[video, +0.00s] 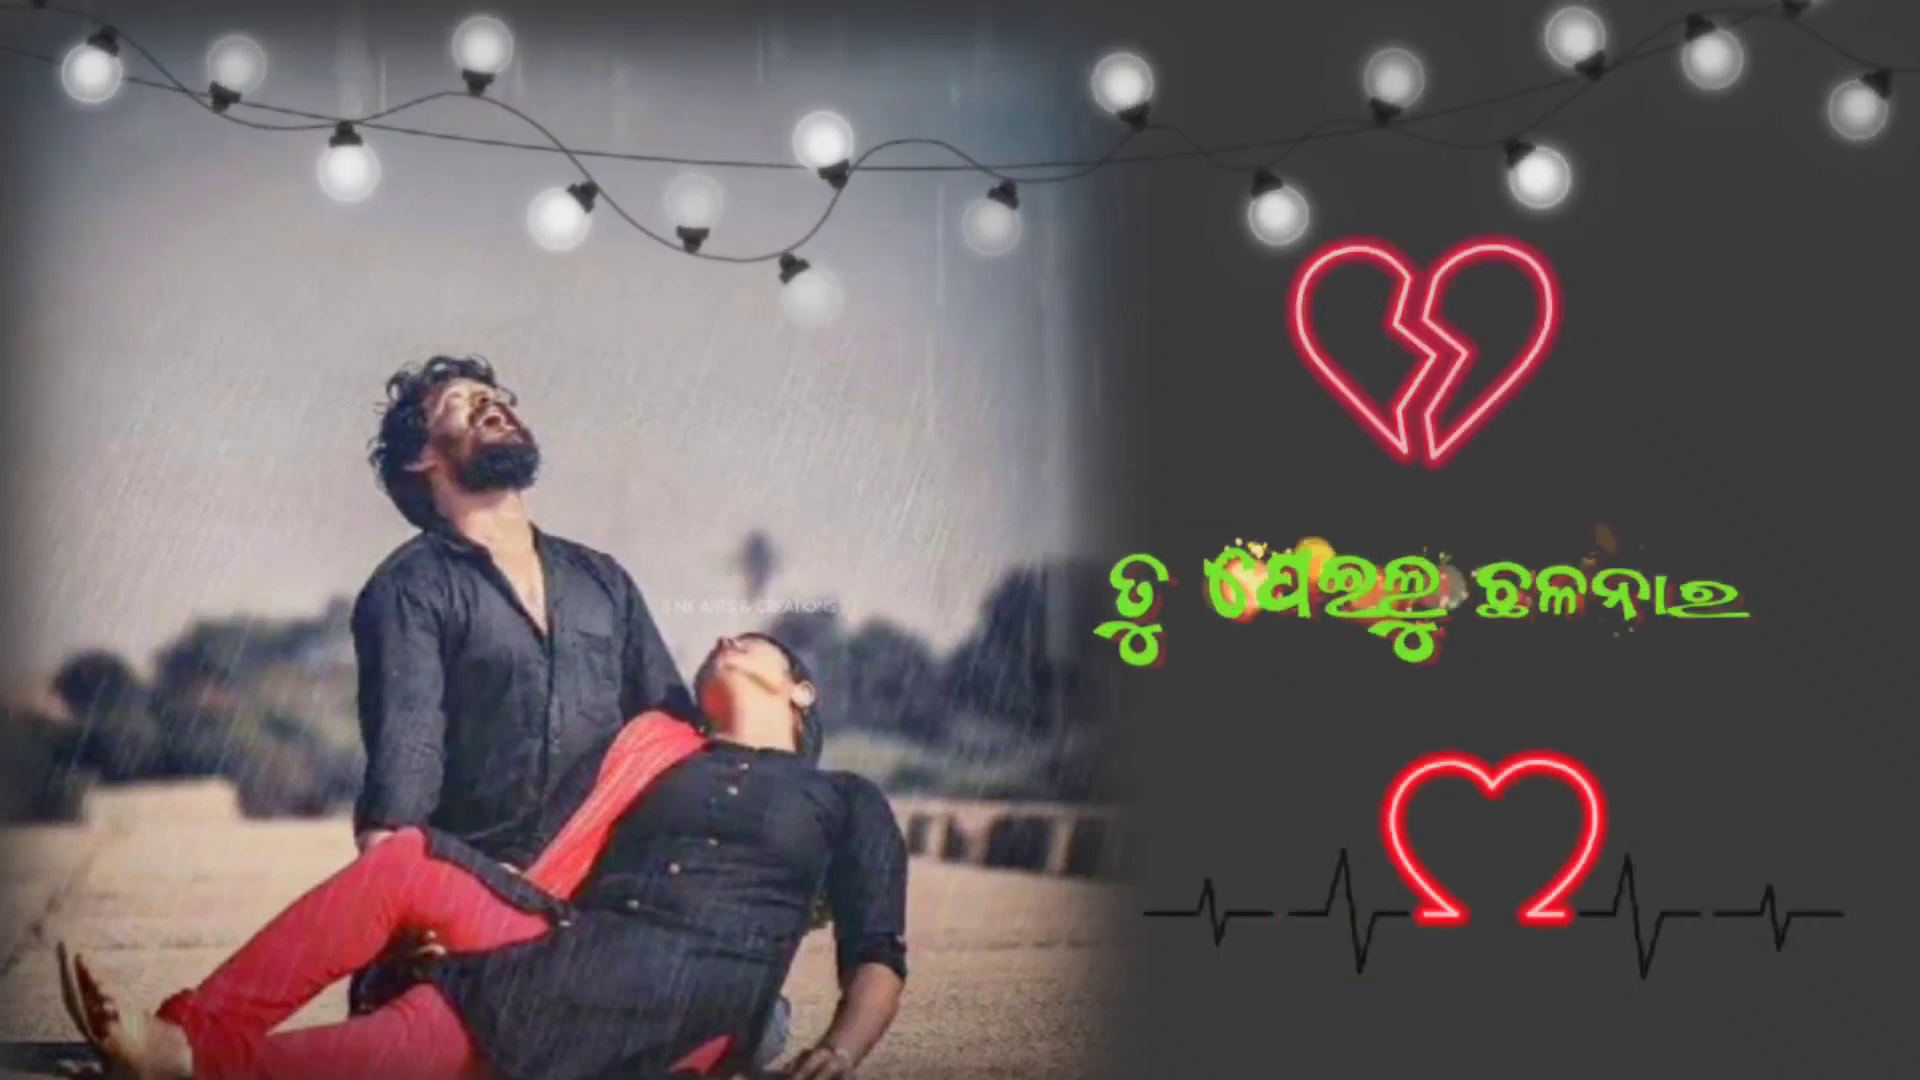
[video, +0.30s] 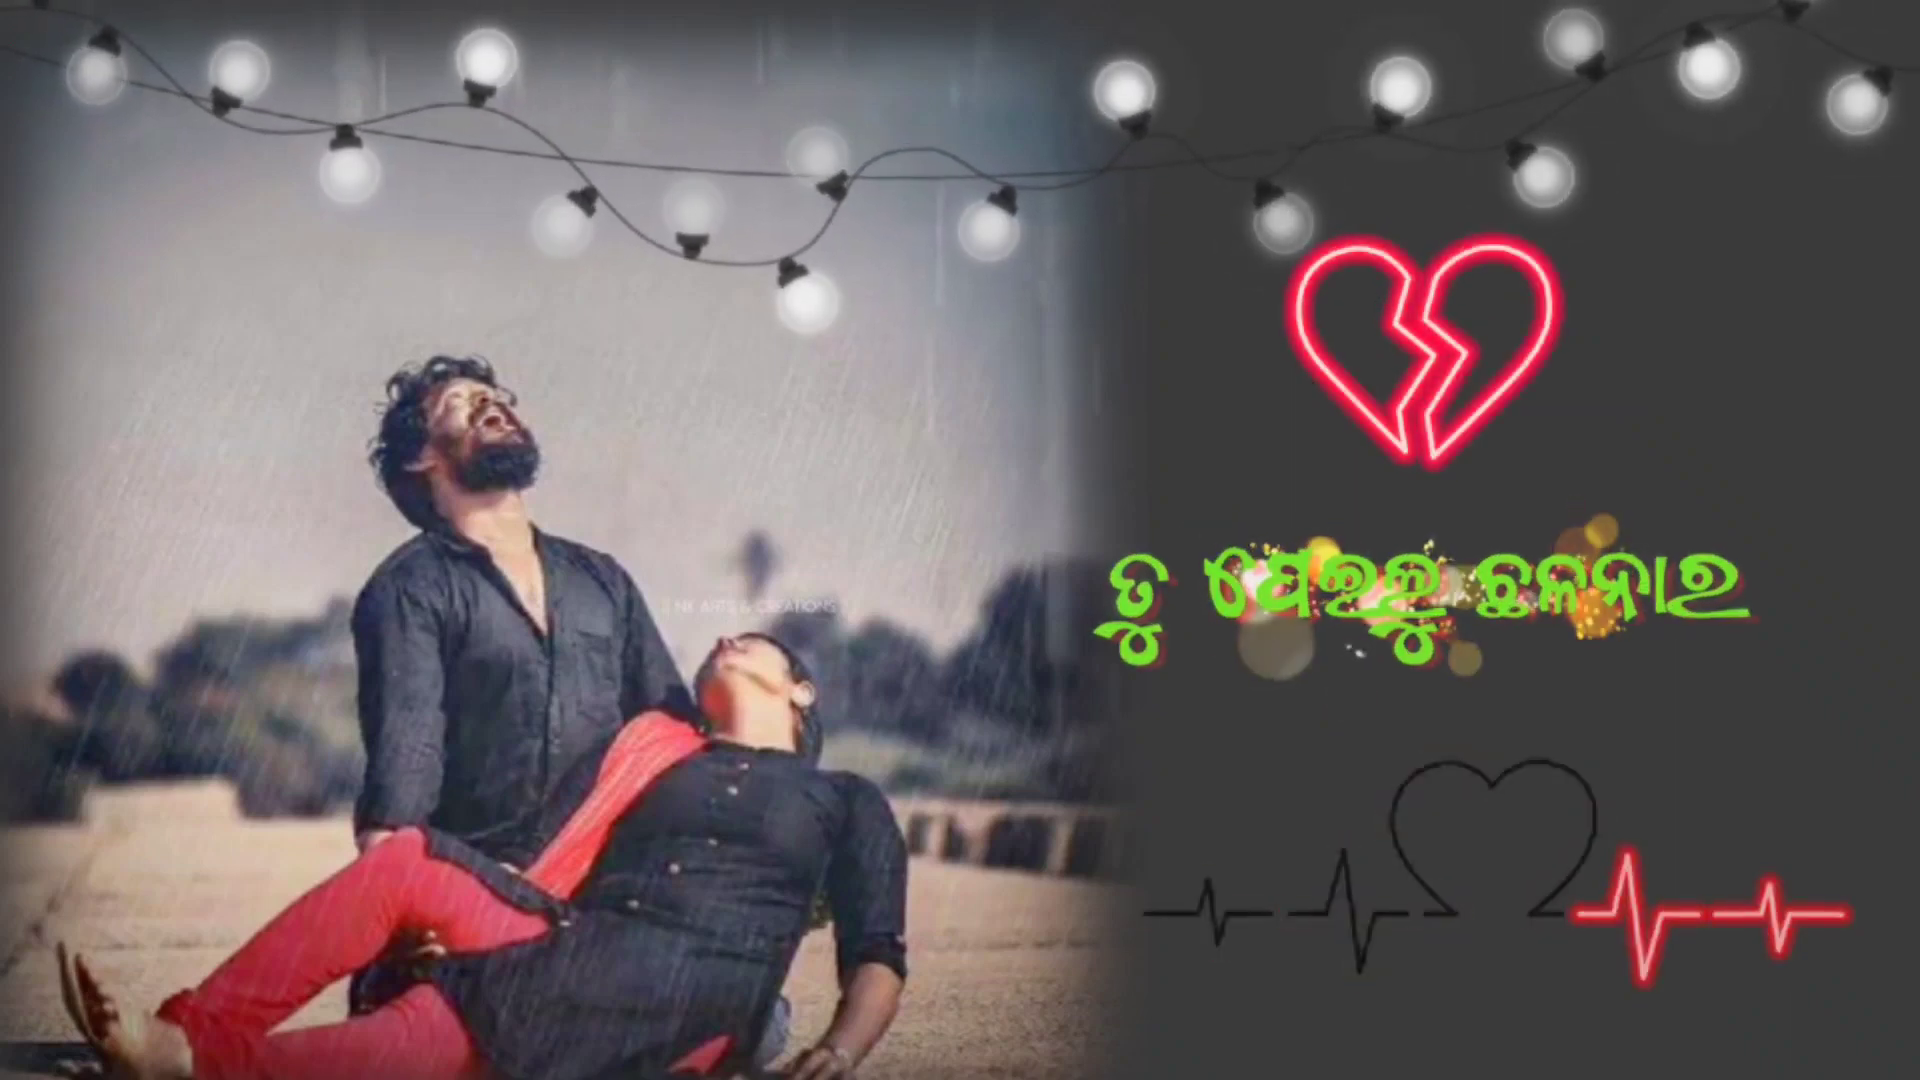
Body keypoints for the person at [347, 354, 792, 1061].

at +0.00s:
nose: (497, 408)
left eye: (502, 401)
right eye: (463, 406)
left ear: (525, 438)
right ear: (422, 462)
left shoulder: (602, 578)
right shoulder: (410, 588)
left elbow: (678, 728)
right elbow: (404, 753)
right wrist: (388, 901)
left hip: (617, 883)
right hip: (462, 890)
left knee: (761, 1021)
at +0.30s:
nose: (497, 408)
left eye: (502, 401)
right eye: (463, 406)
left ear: (525, 438)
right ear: (422, 462)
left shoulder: (602, 578)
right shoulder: (410, 588)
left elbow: (678, 728)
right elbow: (404, 753)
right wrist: (388, 901)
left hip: (617, 883)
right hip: (462, 890)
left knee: (761, 1020)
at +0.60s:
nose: (497, 408)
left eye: (501, 400)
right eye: (463, 406)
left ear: (525, 435)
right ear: (422, 463)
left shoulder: (602, 578)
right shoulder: (410, 588)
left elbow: (678, 728)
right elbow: (404, 755)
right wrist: (388, 904)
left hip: (617, 882)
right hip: (462, 890)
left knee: (761, 1020)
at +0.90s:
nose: (496, 408)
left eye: (502, 401)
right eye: (463, 406)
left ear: (525, 438)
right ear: (421, 462)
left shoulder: (602, 578)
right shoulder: (410, 587)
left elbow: (678, 728)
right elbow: (404, 753)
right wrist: (387, 904)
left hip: (617, 883)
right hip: (462, 890)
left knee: (760, 1022)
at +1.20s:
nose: (496, 408)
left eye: (502, 401)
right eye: (463, 406)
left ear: (525, 438)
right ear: (421, 462)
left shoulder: (602, 578)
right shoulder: (410, 587)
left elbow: (678, 728)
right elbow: (404, 753)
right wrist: (387, 904)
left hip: (617, 883)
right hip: (462, 890)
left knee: (760, 1022)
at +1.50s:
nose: (496, 408)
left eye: (502, 401)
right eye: (463, 406)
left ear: (525, 438)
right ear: (421, 462)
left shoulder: (602, 578)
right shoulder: (410, 587)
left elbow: (678, 728)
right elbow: (404, 753)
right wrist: (387, 904)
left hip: (617, 883)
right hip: (462, 890)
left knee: (760, 1022)